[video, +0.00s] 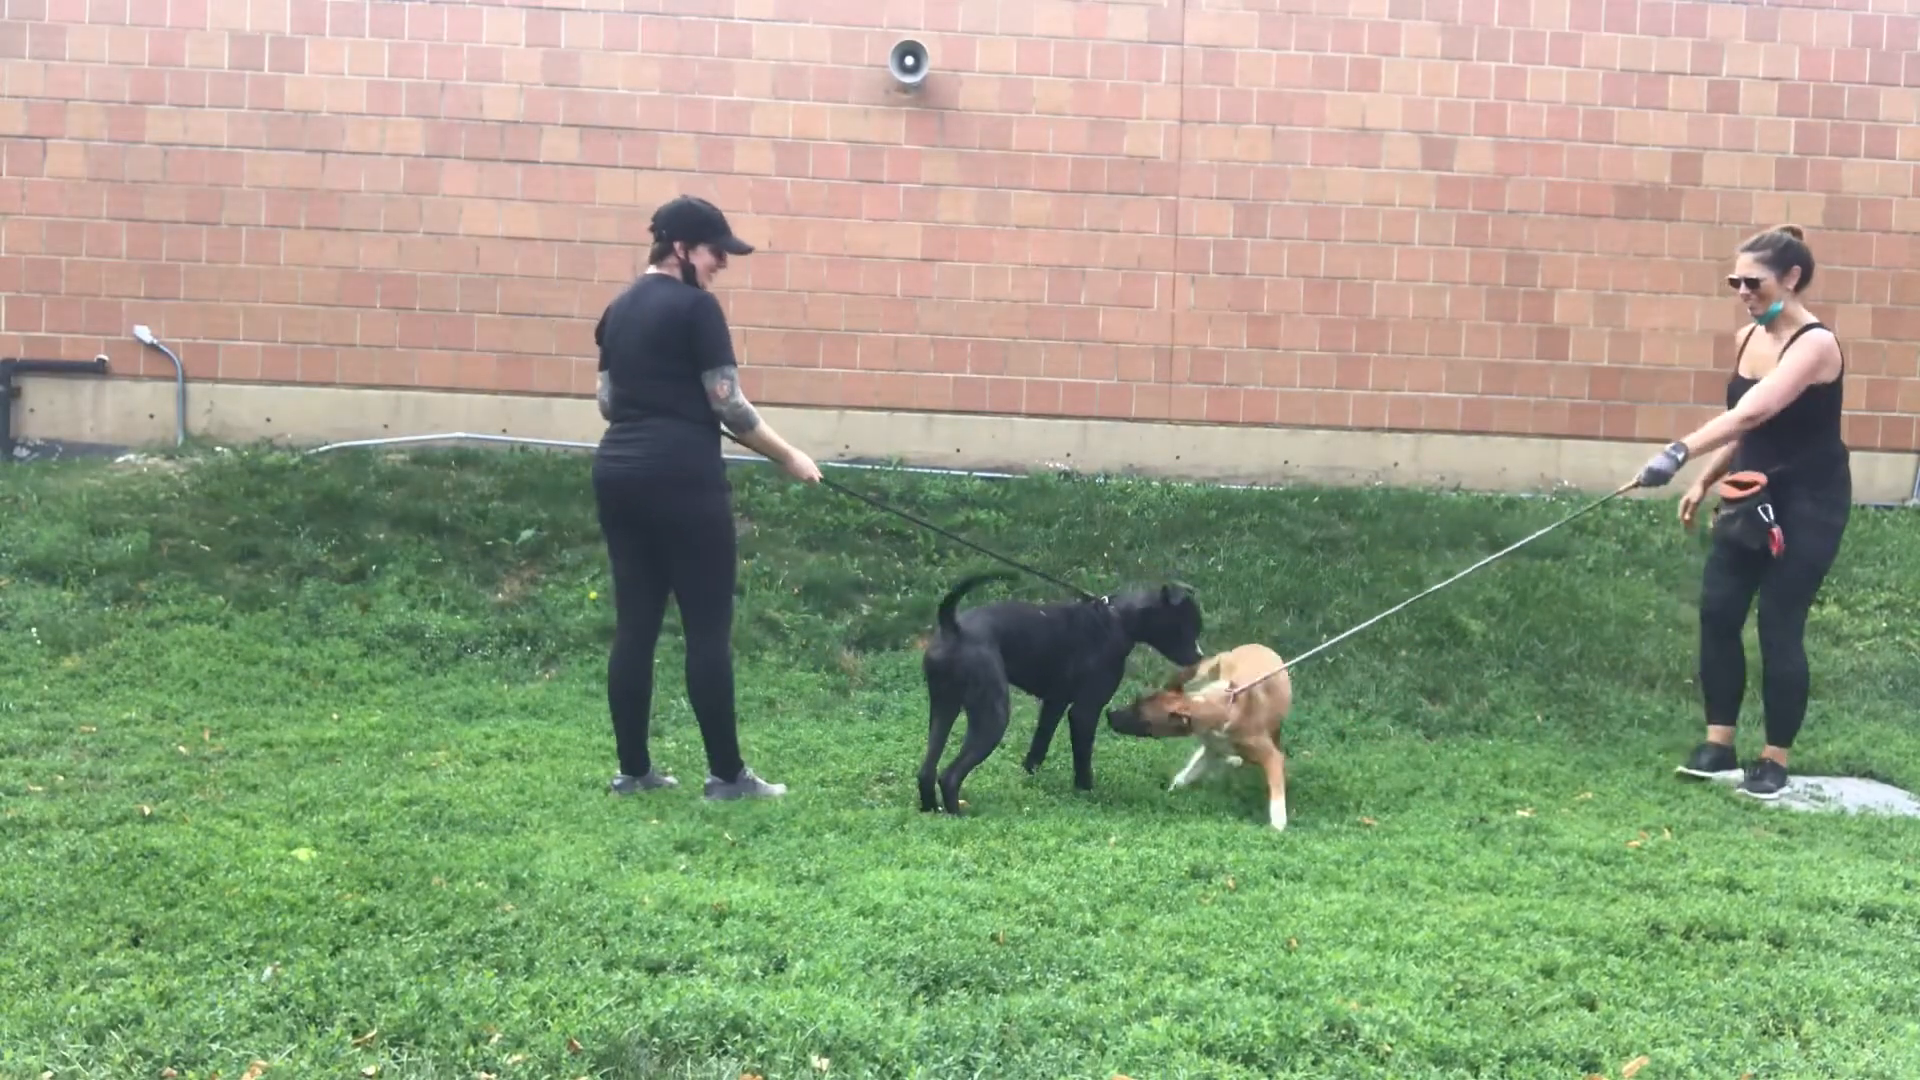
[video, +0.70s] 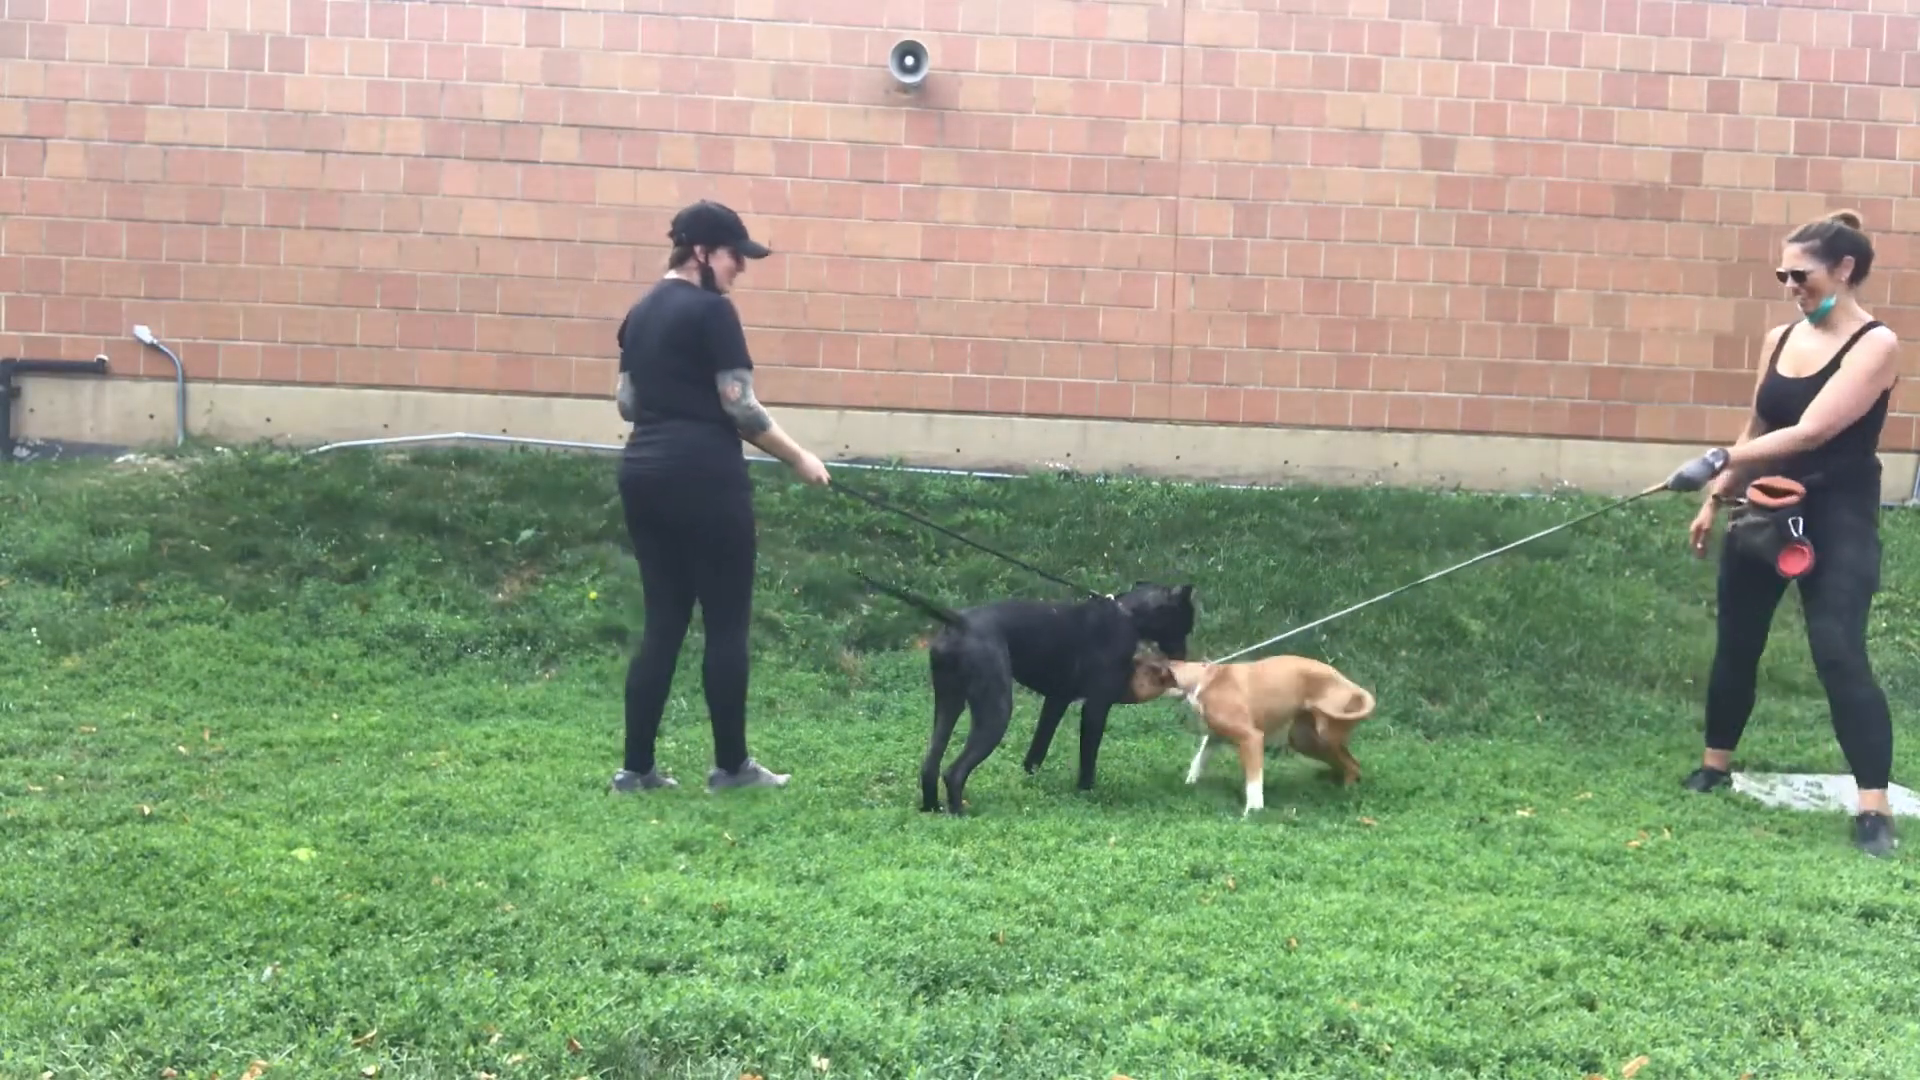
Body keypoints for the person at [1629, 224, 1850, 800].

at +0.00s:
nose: (1742, 294)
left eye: (1752, 284)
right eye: (1738, 284)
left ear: (1792, 277)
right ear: (1739, 281)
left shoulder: (1816, 344)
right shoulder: (1750, 336)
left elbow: (1750, 412)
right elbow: (1743, 422)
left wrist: (1677, 451)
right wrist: (1704, 481)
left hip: (1809, 501)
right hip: (1751, 493)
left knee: (1778, 619)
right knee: (1718, 611)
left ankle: (1774, 759)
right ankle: (1718, 744)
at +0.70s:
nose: (1791, 288)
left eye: (1800, 277)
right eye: (1787, 278)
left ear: (1845, 269)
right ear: (1793, 274)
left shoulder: (1876, 344)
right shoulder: (1781, 336)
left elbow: (1814, 430)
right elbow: (1757, 427)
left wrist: (1727, 459)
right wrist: (1712, 500)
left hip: (1837, 519)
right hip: (1761, 509)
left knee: (1840, 657)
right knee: (1736, 644)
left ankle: (1873, 807)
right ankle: (1714, 768)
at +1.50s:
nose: (1852, 261)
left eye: (1860, 248)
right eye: (1848, 249)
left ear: (1909, 240)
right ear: (1880, 245)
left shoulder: (1919, 326)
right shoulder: (1855, 317)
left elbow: (1908, 438)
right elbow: (1830, 424)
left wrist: (1805, 470)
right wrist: (1785, 508)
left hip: (1902, 522)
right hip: (1836, 515)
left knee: (1890, 666)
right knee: (1811, 672)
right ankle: (1806, 827)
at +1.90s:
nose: (1903, 237)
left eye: (1910, 223)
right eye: (1899, 225)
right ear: (1897, 222)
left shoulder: (1919, 337)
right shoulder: (1916, 332)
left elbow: (1919, 435)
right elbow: (1912, 435)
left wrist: (1853, 456)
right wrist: (1858, 502)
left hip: (1912, 528)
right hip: (1904, 523)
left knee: (1858, 671)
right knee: (1859, 671)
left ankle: (1828, 827)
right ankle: (1828, 826)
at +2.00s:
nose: (1910, 235)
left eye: (1914, 222)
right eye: (1908, 223)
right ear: (1905, 217)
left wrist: (1864, 459)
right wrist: (1904, 497)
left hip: (1917, 532)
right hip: (1912, 529)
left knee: (1863, 664)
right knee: (1863, 664)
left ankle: (1876, 831)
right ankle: (1876, 830)